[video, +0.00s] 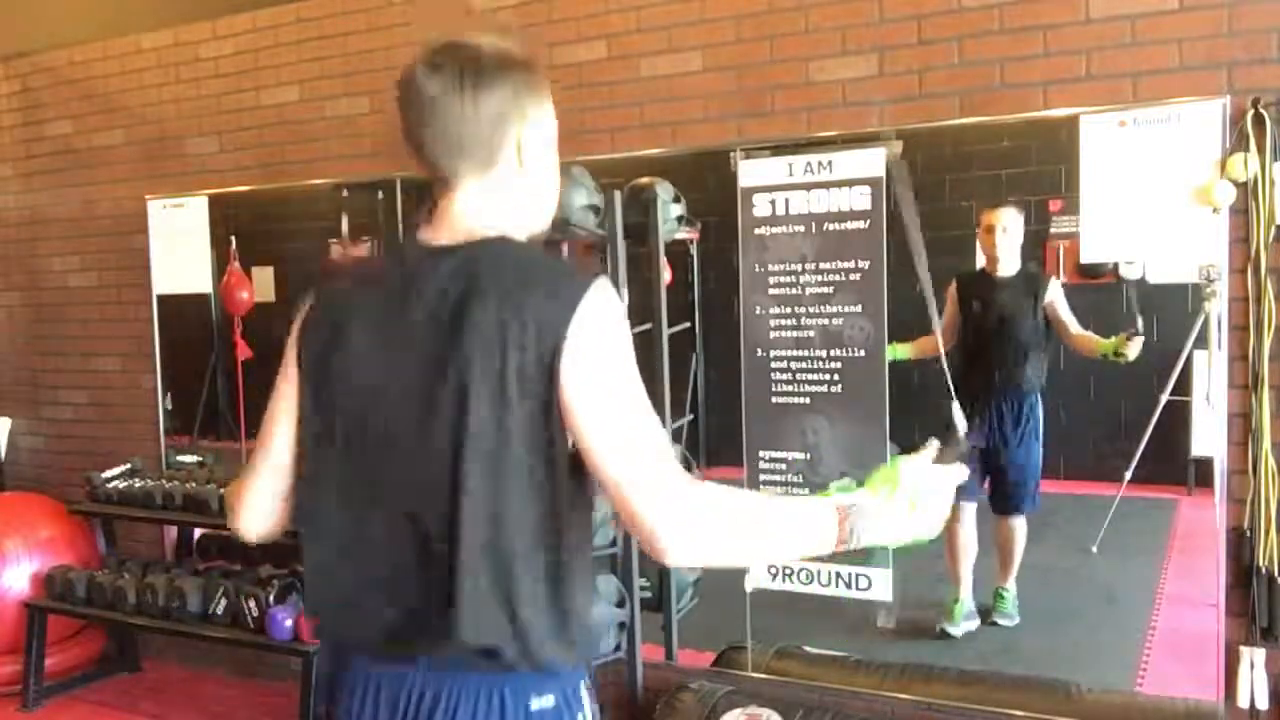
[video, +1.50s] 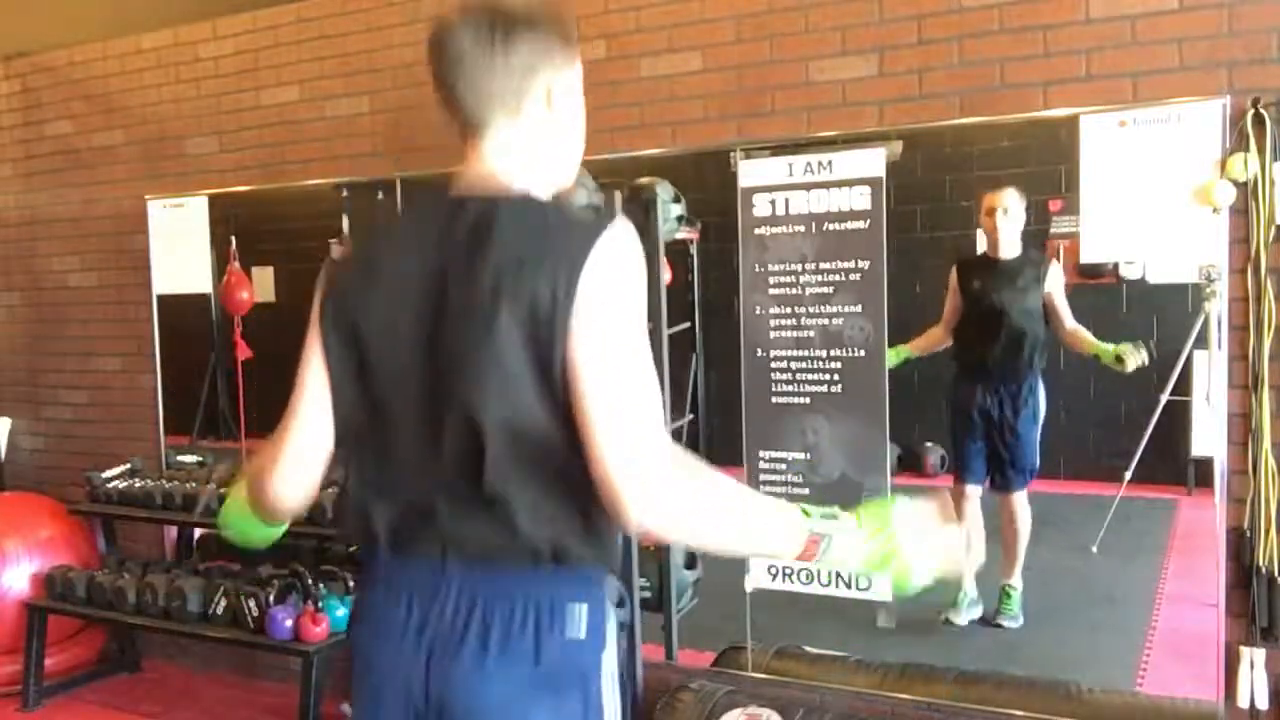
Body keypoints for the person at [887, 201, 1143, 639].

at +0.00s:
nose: (995, 239)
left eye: (1004, 231)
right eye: (989, 230)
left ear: (1021, 236)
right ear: (978, 236)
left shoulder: (1043, 288)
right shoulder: (961, 288)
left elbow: (1075, 337)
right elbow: (943, 341)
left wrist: (1110, 347)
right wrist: (895, 350)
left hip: (1021, 406)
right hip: (968, 404)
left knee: (1011, 506)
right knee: (960, 505)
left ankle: (1006, 592)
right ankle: (962, 603)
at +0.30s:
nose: (986, 221)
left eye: (995, 213)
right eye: (980, 212)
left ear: (1013, 219)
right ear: (971, 218)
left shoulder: (1035, 267)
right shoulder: (956, 269)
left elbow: (1061, 326)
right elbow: (938, 329)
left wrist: (1101, 344)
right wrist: (894, 351)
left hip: (1020, 386)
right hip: (969, 387)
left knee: (1009, 492)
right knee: (976, 495)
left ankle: (1012, 532)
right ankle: (987, 586)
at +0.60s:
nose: (989, 203)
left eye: (998, 196)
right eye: (983, 195)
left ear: (1014, 203)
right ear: (973, 202)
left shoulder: (1035, 253)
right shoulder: (954, 257)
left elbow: (1062, 315)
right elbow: (933, 319)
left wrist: (1103, 352)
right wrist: (898, 360)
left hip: (1021, 372)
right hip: (972, 372)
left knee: (1011, 469)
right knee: (982, 476)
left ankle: (1016, 565)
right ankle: (992, 574)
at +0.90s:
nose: (994, 213)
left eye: (1003, 205)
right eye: (988, 204)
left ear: (1020, 212)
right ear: (976, 211)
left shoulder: (1040, 263)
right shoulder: (959, 260)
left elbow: (1065, 322)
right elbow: (937, 320)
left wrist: (1102, 347)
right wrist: (899, 348)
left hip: (1026, 378)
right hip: (976, 378)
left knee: (1016, 479)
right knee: (985, 485)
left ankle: (1009, 584)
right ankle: (999, 580)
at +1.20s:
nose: (999, 236)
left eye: (1009, 228)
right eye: (993, 227)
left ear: (1027, 235)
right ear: (983, 233)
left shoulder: (1047, 286)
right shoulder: (967, 286)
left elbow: (1078, 339)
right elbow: (946, 340)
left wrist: (1111, 349)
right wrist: (905, 349)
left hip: (1025, 402)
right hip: (977, 400)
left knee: (1018, 505)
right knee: (978, 500)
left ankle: (1014, 596)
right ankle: (1002, 550)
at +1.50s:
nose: (997, 220)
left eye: (1006, 212)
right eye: (990, 212)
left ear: (1023, 218)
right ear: (979, 219)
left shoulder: (1045, 270)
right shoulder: (965, 270)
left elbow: (1068, 329)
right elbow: (946, 328)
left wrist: (1105, 351)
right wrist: (903, 351)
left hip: (1021, 390)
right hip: (971, 388)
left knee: (1012, 492)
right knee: (965, 491)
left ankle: (1010, 590)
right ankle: (966, 593)